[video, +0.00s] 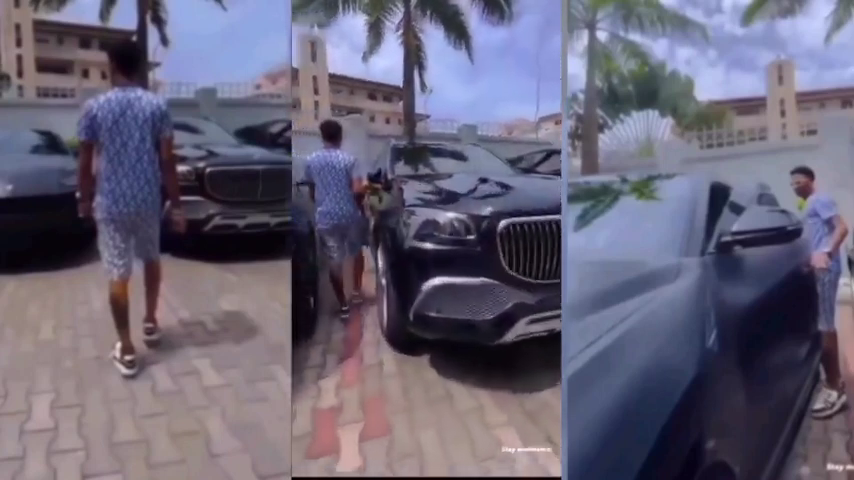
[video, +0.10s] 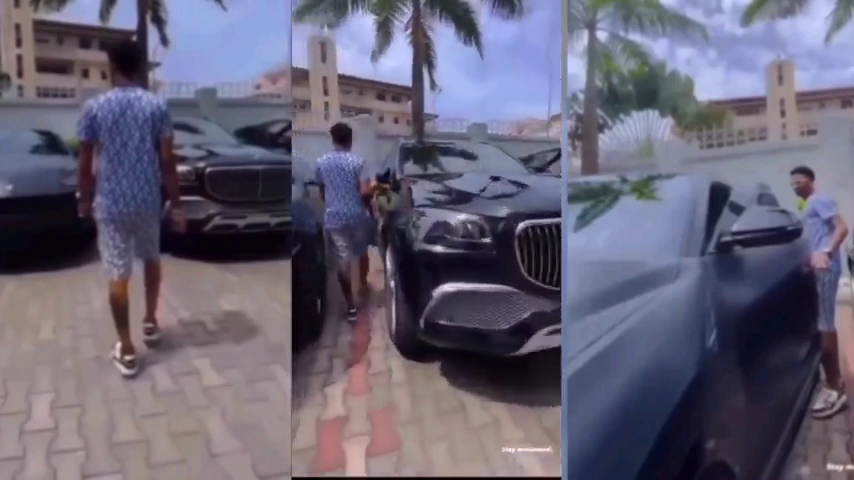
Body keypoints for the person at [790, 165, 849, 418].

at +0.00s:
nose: (796, 187)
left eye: (799, 183)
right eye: (793, 184)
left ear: (811, 181)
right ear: (797, 185)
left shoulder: (821, 201)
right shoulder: (809, 205)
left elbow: (842, 227)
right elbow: (820, 234)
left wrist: (827, 253)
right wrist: (810, 255)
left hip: (825, 268)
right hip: (815, 268)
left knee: (825, 327)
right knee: (822, 327)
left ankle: (834, 388)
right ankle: (830, 385)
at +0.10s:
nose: (796, 187)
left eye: (799, 183)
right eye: (793, 184)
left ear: (811, 181)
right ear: (797, 185)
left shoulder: (821, 201)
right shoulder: (809, 205)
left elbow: (842, 227)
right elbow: (820, 234)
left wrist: (827, 253)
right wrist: (810, 255)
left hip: (825, 268)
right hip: (815, 268)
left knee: (825, 327)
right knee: (822, 327)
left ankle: (834, 388)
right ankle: (830, 385)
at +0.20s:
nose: (796, 187)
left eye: (799, 183)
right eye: (793, 184)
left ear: (811, 181)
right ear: (797, 185)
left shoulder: (821, 201)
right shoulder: (809, 205)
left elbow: (842, 227)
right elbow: (820, 234)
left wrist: (827, 253)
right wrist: (810, 255)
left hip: (825, 268)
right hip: (815, 268)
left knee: (825, 327)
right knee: (822, 327)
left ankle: (834, 388)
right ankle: (830, 384)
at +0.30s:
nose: (796, 187)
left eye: (799, 183)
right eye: (793, 184)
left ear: (811, 181)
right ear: (797, 185)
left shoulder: (821, 201)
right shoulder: (809, 205)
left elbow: (842, 227)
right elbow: (820, 234)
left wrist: (827, 253)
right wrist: (810, 255)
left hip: (825, 268)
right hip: (815, 268)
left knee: (825, 327)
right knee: (822, 327)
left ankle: (834, 388)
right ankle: (830, 385)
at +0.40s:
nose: (796, 187)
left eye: (799, 183)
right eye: (793, 184)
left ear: (811, 181)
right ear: (797, 185)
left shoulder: (821, 201)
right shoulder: (809, 205)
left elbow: (842, 227)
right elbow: (820, 234)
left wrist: (827, 253)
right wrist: (811, 255)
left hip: (825, 268)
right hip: (815, 268)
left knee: (825, 327)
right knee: (822, 327)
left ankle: (834, 388)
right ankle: (830, 384)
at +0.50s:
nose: (796, 187)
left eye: (799, 183)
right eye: (793, 184)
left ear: (811, 181)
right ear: (797, 185)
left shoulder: (821, 201)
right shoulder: (809, 205)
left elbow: (842, 227)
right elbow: (820, 234)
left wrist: (827, 253)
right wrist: (810, 255)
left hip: (825, 268)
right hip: (815, 268)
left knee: (825, 327)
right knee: (822, 327)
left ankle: (834, 388)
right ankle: (830, 385)